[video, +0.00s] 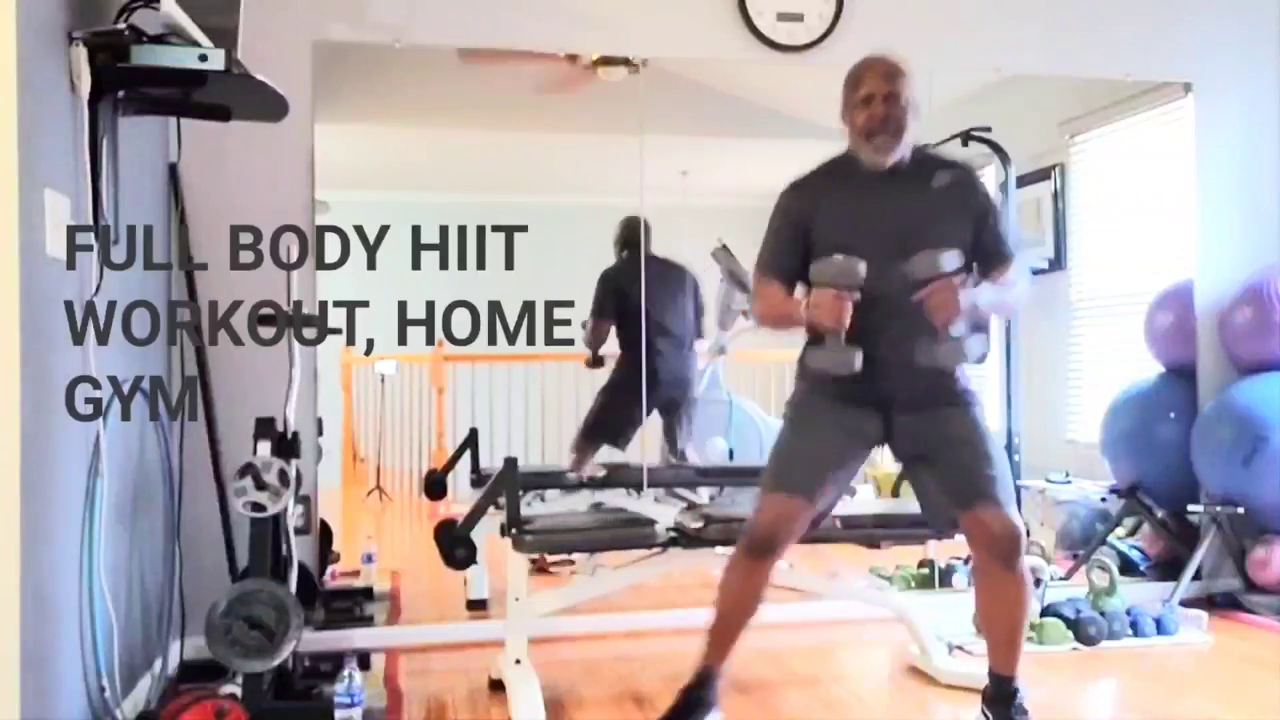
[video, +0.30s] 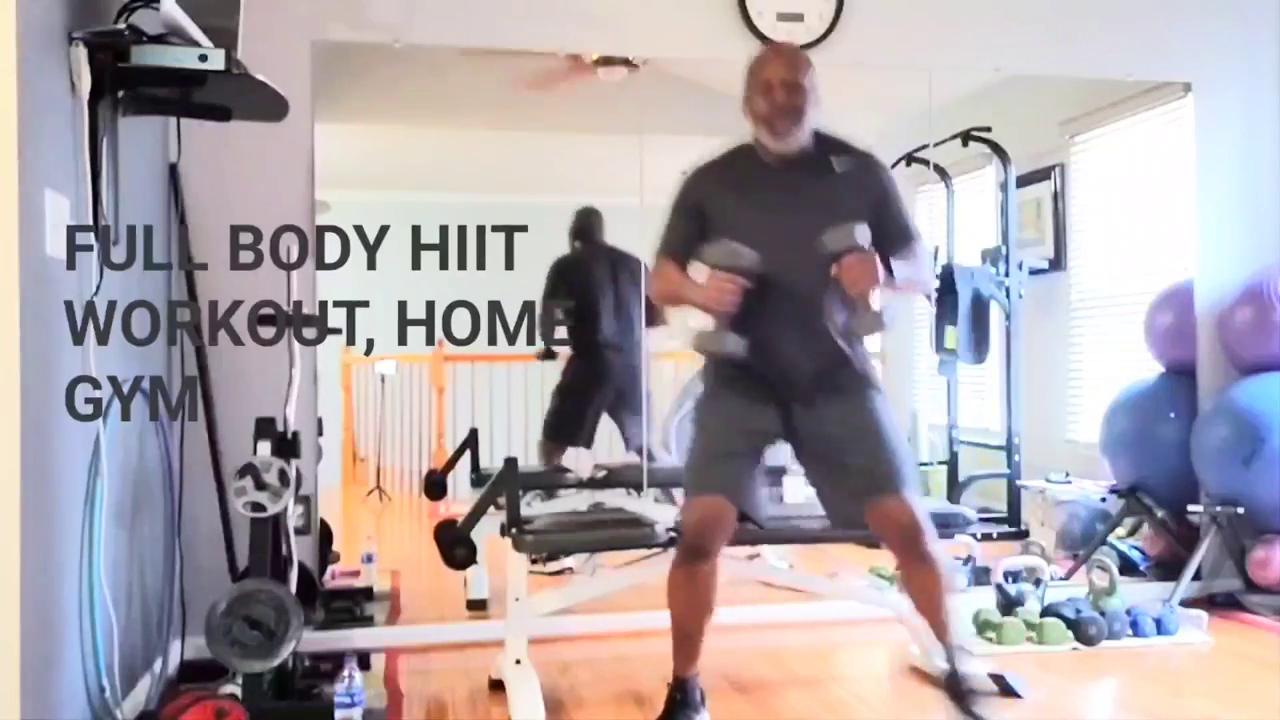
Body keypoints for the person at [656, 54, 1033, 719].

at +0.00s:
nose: (879, 110)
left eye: (892, 99)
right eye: (865, 101)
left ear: (915, 109)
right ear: (844, 115)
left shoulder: (959, 188)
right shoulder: (808, 196)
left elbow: (1010, 287)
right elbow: (765, 301)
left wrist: (970, 298)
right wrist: (806, 307)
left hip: (935, 397)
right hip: (836, 394)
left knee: (1001, 536)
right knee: (764, 535)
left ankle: (1004, 696)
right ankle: (704, 683)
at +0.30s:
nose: (780, 99)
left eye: (793, 87)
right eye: (767, 88)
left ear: (814, 95)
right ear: (747, 97)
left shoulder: (860, 174)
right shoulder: (711, 183)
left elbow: (917, 270)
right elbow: (661, 280)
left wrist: (881, 275)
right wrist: (698, 290)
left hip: (837, 380)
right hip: (740, 380)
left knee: (904, 526)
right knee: (700, 533)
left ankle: (955, 663)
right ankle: (684, 687)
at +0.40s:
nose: (758, 63)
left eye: (772, 51)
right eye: (745, 52)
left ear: (795, 58)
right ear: (726, 61)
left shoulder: (840, 134)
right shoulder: (692, 142)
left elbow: (888, 205)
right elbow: (643, 228)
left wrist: (878, 238)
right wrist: (651, 257)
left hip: (813, 350)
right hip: (718, 352)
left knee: (853, 504)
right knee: (688, 515)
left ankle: (847, 649)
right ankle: (678, 681)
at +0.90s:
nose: (730, 74)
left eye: (744, 62)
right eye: (718, 62)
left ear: (770, 67)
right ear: (700, 69)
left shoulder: (821, 140)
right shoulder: (672, 152)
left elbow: (873, 235)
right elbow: (617, 243)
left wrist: (841, 257)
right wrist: (641, 269)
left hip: (805, 365)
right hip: (709, 369)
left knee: (866, 523)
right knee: (679, 528)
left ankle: (923, 676)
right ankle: (679, 687)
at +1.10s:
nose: (780, 165)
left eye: (793, 154)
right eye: (767, 154)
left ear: (819, 162)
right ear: (747, 162)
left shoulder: (862, 234)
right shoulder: (713, 238)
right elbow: (675, 349)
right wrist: (708, 338)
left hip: (840, 433)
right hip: (737, 433)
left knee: (946, 552)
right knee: (678, 559)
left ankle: (985, 703)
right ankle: (682, 694)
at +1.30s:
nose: (836, 108)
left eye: (850, 97)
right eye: (822, 98)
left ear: (876, 108)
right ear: (804, 111)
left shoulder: (921, 185)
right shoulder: (765, 197)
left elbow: (980, 286)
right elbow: (718, 287)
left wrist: (944, 291)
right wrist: (736, 303)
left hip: (896, 402)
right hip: (790, 403)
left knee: (974, 544)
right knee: (733, 545)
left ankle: (990, 705)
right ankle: (691, 689)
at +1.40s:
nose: (856, 57)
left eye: (871, 46)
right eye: (844, 46)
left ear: (900, 58)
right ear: (826, 60)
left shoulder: (950, 138)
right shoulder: (795, 148)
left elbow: (1008, 210)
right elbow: (738, 240)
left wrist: (999, 247)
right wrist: (745, 268)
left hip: (926, 366)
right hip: (821, 365)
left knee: (971, 532)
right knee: (768, 528)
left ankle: (991, 702)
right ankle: (751, 664)